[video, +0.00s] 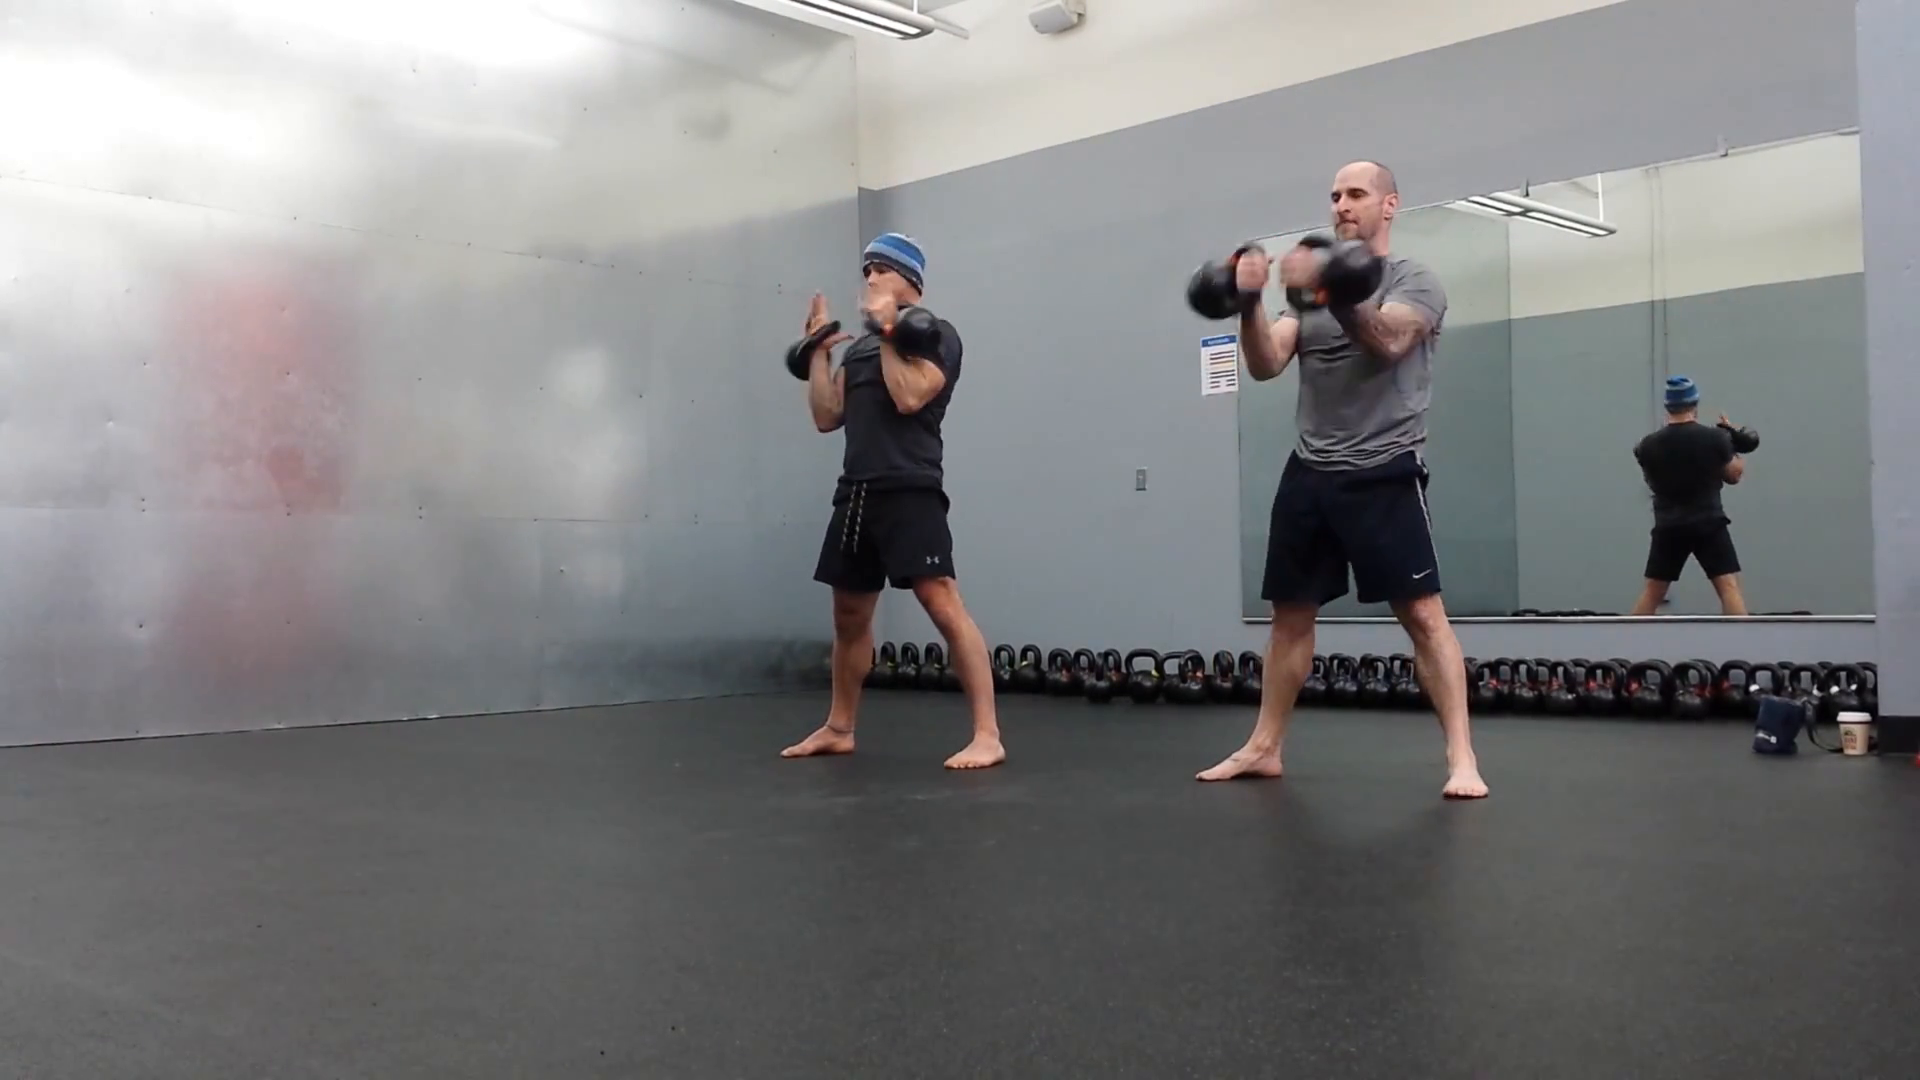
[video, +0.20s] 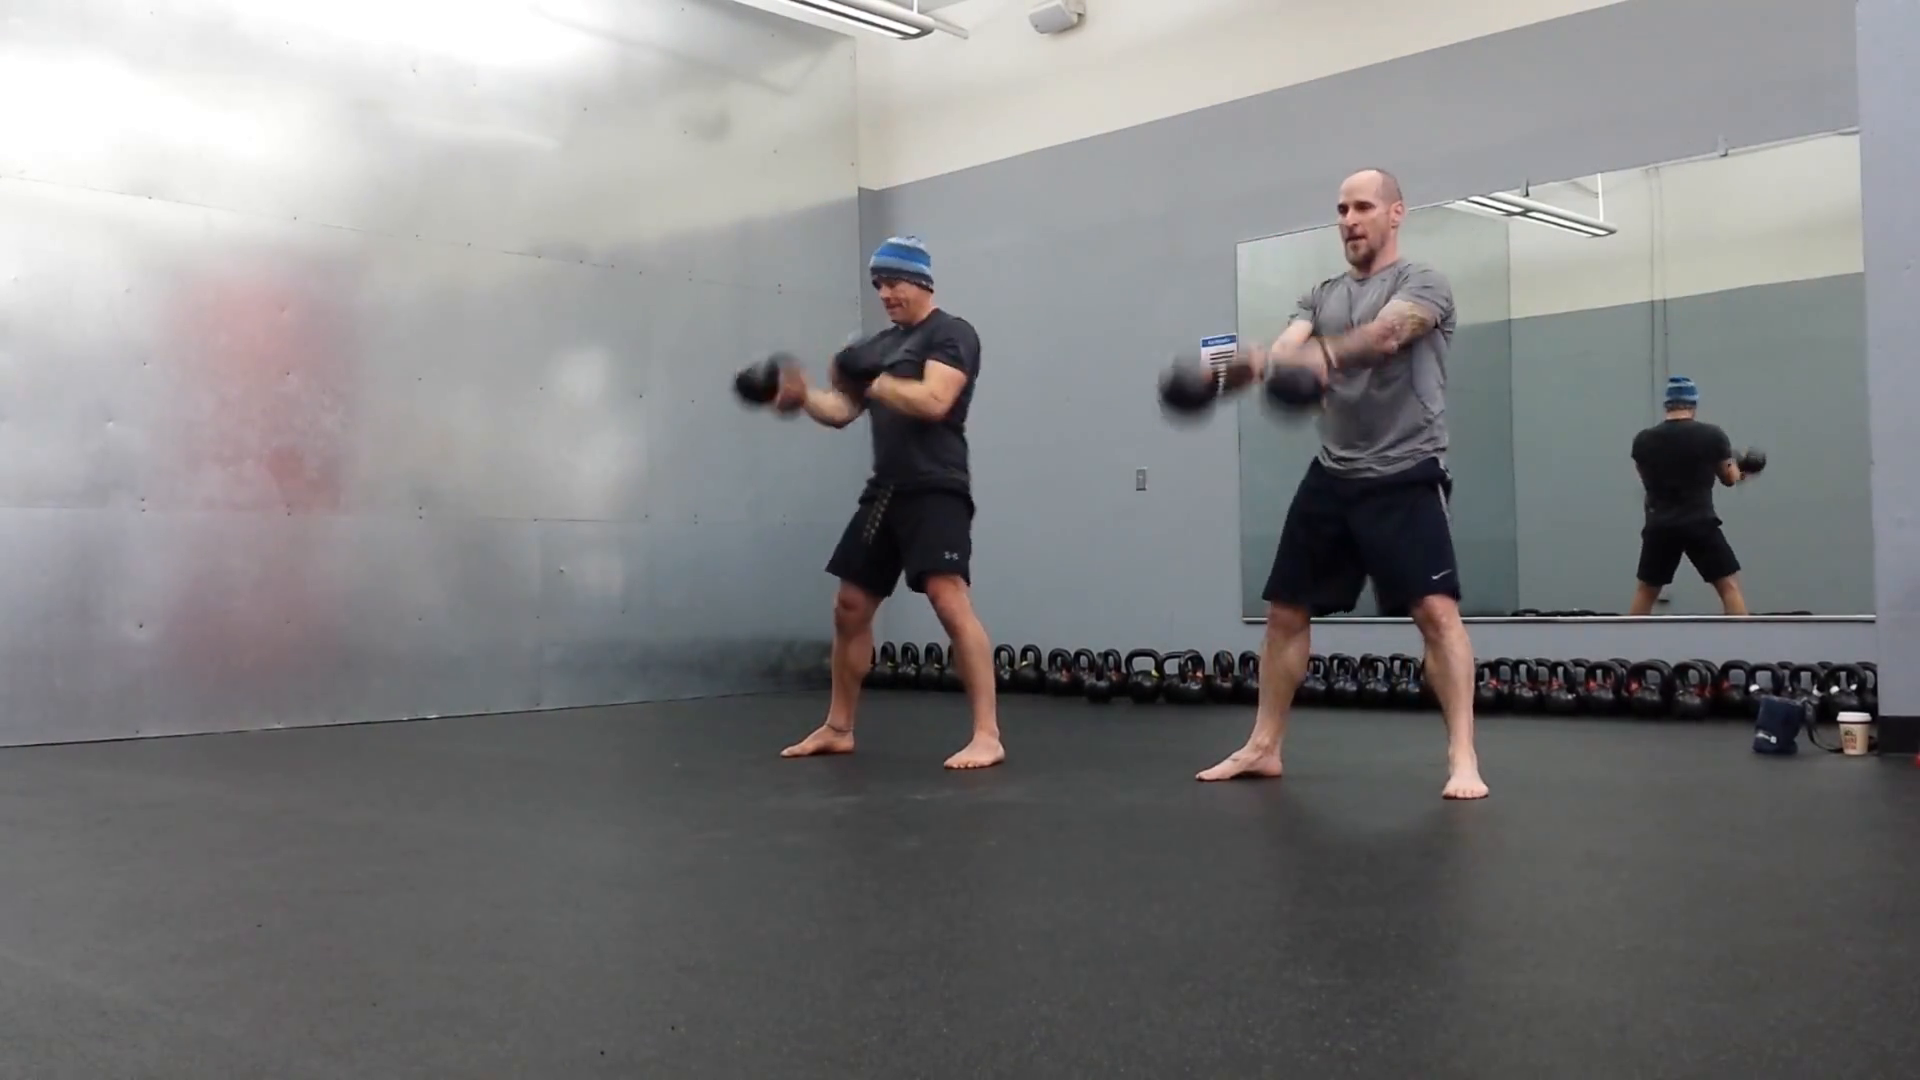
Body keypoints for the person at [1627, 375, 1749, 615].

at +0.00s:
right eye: (1694, 403)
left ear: (1666, 407)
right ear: (1695, 405)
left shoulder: (1648, 446)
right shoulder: (1713, 439)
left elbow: (1656, 483)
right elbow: (1734, 475)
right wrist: (1729, 438)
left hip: (1669, 530)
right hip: (1709, 527)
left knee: (1651, 595)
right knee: (1728, 591)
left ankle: (1623, 647)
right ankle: (1746, 647)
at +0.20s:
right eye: (1693, 403)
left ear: (1666, 405)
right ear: (1694, 405)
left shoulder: (1644, 440)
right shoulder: (1710, 435)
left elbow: (1647, 480)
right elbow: (1730, 478)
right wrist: (1739, 466)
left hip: (1659, 529)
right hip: (1700, 527)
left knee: (1645, 593)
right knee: (1728, 589)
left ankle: (1626, 647)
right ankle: (1746, 647)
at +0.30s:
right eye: (1694, 412)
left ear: (1666, 412)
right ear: (1694, 413)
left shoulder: (1643, 443)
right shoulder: (1709, 440)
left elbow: (1641, 484)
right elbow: (1728, 482)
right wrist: (1734, 502)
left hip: (1654, 532)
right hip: (1696, 530)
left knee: (1641, 594)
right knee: (1731, 588)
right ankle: (1746, 646)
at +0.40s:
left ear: (1673, 424)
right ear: (1700, 425)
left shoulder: (1649, 453)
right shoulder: (1714, 450)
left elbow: (1645, 497)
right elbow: (1724, 502)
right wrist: (1720, 537)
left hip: (1653, 534)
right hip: (1695, 532)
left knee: (1637, 595)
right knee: (1735, 588)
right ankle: (1750, 644)